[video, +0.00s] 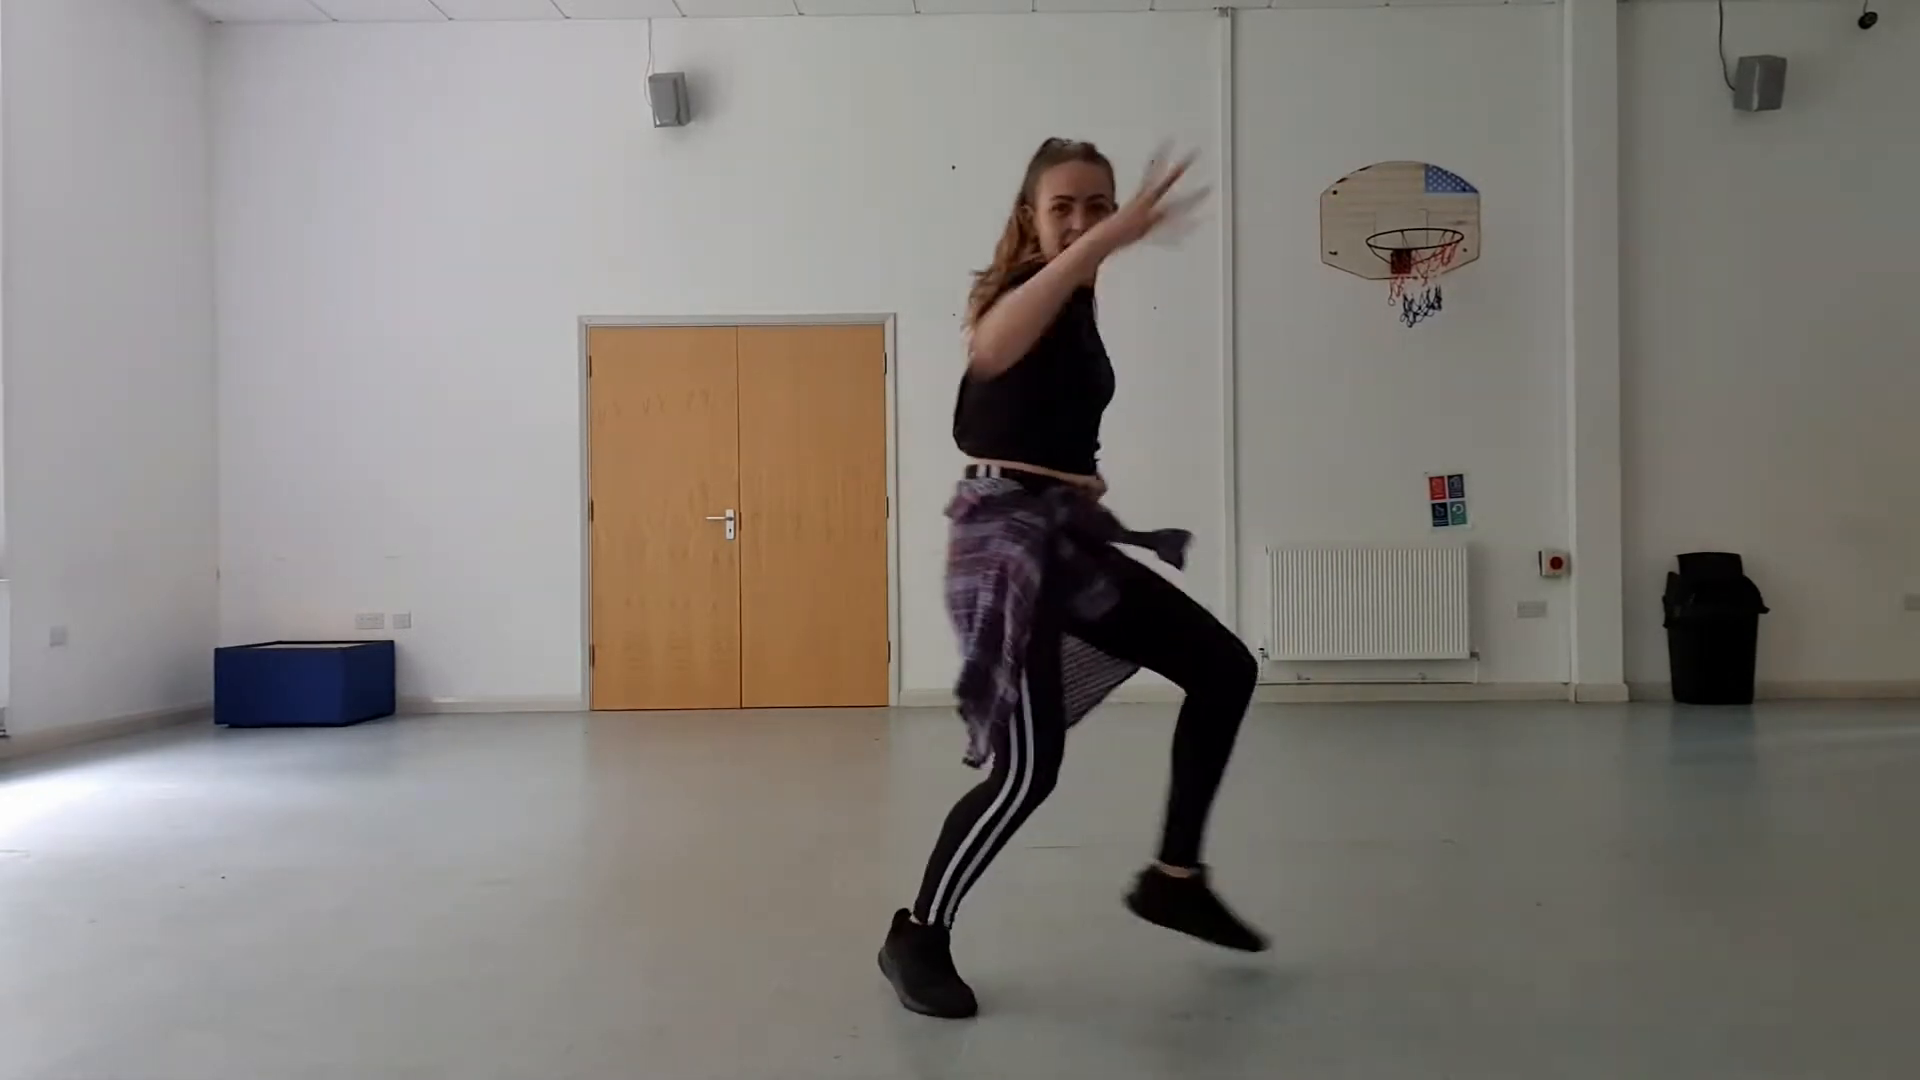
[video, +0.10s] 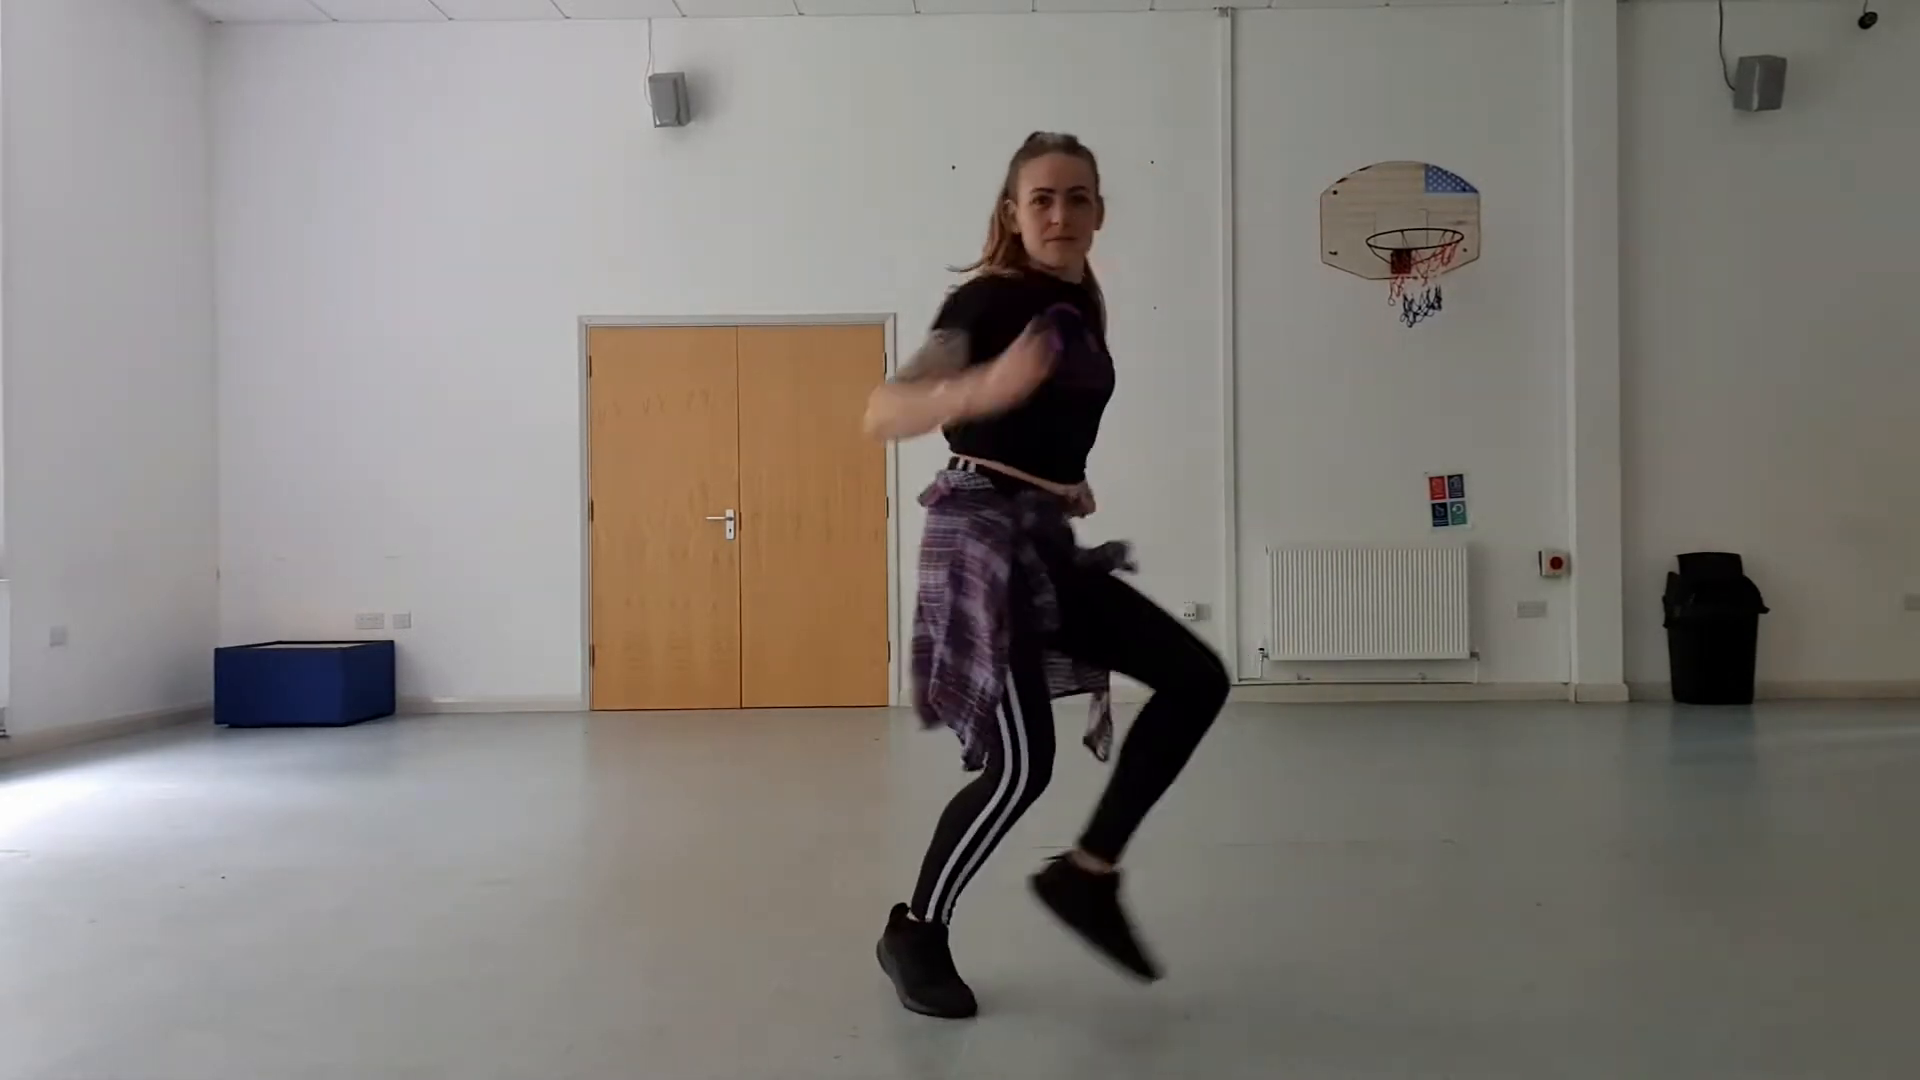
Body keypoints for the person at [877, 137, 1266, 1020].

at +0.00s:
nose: (1084, 223)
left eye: (1098, 207)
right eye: (1062, 207)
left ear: (1114, 215)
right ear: (1030, 217)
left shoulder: (1077, 307)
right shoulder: (1009, 291)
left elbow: (1061, 442)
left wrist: (1107, 525)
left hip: (1071, 538)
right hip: (1005, 539)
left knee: (1225, 669)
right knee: (1026, 765)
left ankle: (1177, 874)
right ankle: (921, 933)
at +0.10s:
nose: (1062, 215)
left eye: (1078, 198)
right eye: (1043, 199)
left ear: (1098, 210)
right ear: (1012, 212)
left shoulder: (1082, 305)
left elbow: (1037, 418)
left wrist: (1061, 485)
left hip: (1044, 544)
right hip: (977, 545)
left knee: (1196, 678)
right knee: (1018, 762)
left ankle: (1089, 870)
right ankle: (917, 930)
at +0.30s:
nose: (1015, 206)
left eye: (1033, 190)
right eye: (997, 193)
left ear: (1058, 203)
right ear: (970, 210)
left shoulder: (1091, 298)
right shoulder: (938, 308)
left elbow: (1136, 370)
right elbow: (886, 394)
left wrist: (1112, 439)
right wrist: (896, 432)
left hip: (1040, 536)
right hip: (944, 529)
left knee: (1108, 716)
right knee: (973, 733)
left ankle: (1023, 927)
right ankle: (919, 933)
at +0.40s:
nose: (997, 177)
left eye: (1014, 160)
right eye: (979, 161)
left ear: (1043, 173)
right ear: (953, 177)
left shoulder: (1081, 263)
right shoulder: (928, 271)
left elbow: (1209, 324)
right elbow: (836, 367)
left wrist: (1122, 361)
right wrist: (902, 343)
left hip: (1051, 507)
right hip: (945, 511)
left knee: (1103, 711)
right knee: (950, 718)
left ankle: (1060, 909)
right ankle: (918, 932)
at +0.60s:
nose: (1014, 183)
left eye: (1030, 166)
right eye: (997, 166)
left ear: (1055, 168)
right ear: (963, 174)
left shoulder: (1084, 240)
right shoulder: (947, 261)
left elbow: (1109, 286)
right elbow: (862, 311)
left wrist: (991, 331)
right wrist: (974, 264)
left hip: (1048, 482)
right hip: (955, 484)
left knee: (1069, 714)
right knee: (947, 717)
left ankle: (1120, 844)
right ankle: (954, 927)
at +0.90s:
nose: (1059, 279)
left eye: (1074, 266)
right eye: (1046, 266)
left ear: (1098, 274)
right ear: (1024, 276)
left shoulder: (1126, 342)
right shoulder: (996, 348)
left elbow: (1085, 354)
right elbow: (997, 336)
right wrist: (1007, 294)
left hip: (1114, 558)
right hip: (1020, 558)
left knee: (1100, 743)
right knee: (963, 709)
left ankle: (1117, 893)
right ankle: (955, 908)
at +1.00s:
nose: (1074, 283)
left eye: (1089, 270)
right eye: (1059, 270)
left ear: (1109, 281)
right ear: (1034, 282)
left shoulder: (1126, 350)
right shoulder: (1008, 340)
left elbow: (1164, 358)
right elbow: (964, 326)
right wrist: (917, 291)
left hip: (1122, 552)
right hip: (1031, 554)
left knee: (1130, 731)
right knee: (1001, 694)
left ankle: (1121, 883)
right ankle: (968, 848)